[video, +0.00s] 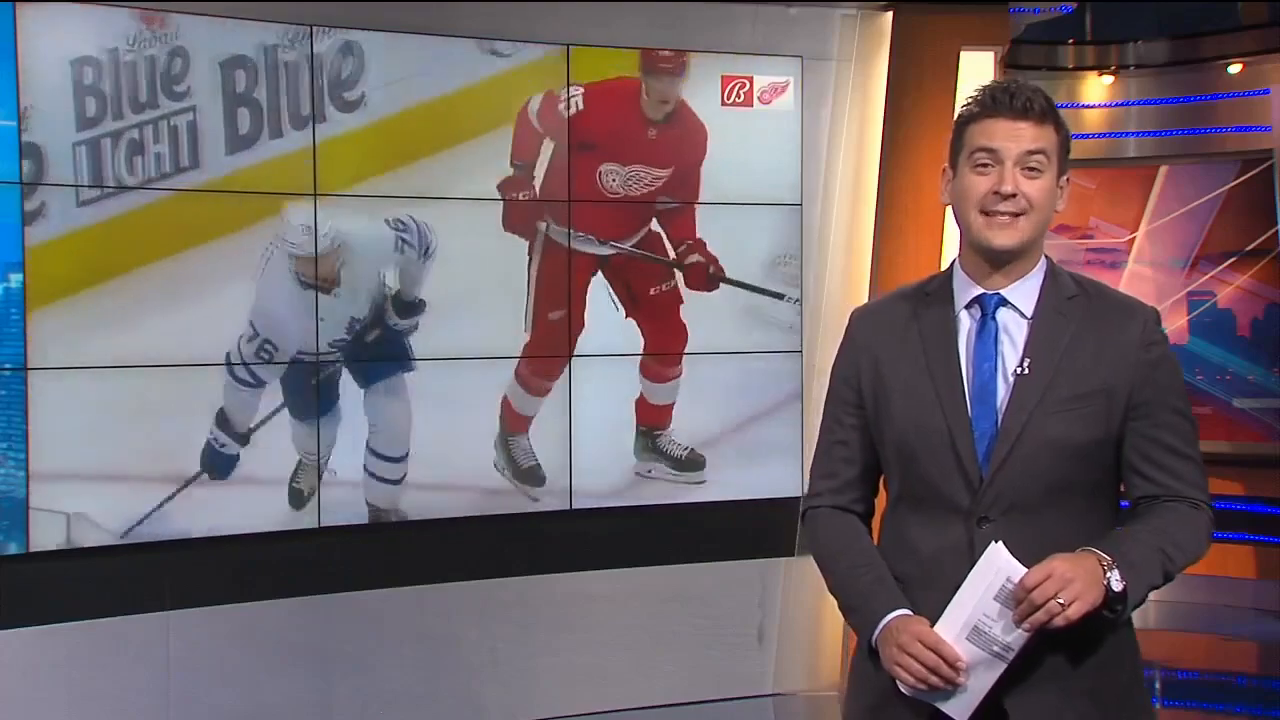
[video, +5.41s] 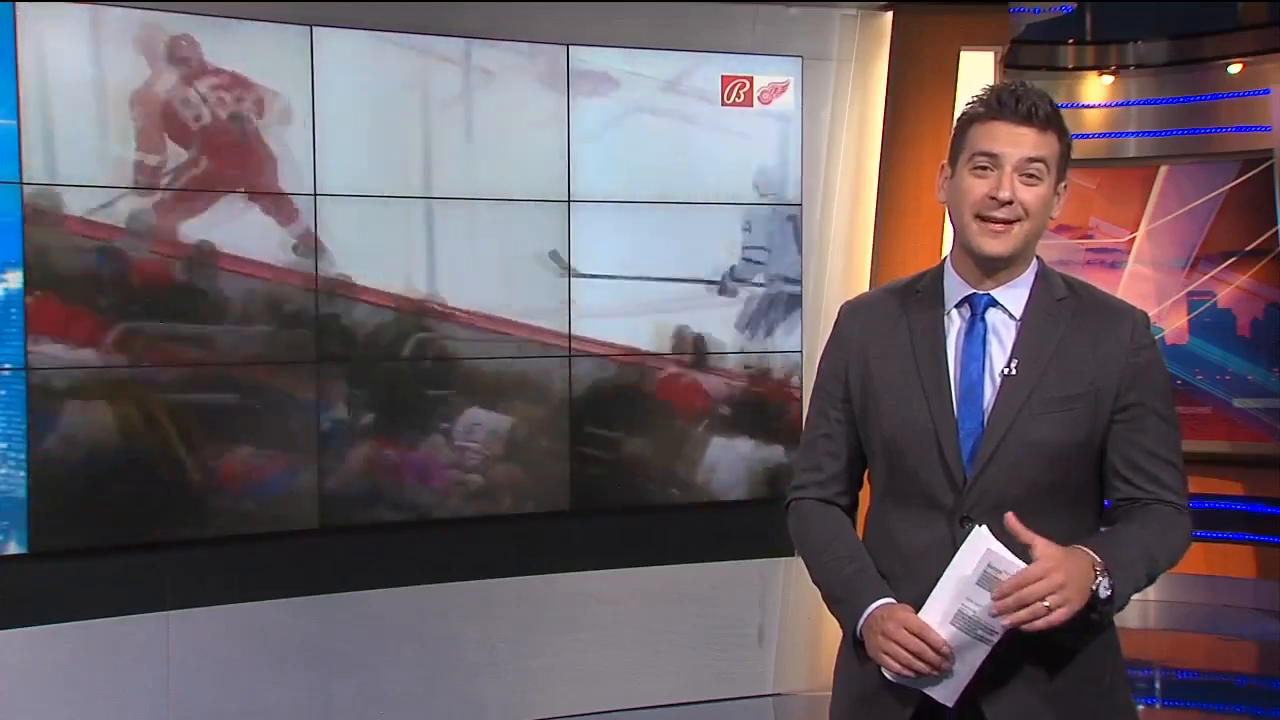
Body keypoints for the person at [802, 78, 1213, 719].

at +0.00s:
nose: (1007, 185)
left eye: (1032, 168)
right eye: (984, 164)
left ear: (1060, 193)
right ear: (949, 186)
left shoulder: (1127, 332)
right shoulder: (876, 332)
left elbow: (1181, 507)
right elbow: (831, 506)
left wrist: (1107, 566)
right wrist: (885, 620)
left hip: (1071, 690)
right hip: (907, 687)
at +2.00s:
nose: (1004, 189)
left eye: (1029, 171)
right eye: (982, 164)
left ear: (1056, 196)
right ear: (946, 183)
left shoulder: (1119, 335)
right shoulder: (866, 326)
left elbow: (1167, 509)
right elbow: (816, 500)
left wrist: (1095, 571)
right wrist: (872, 619)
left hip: (1056, 691)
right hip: (893, 687)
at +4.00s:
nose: (1010, 192)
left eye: (1035, 174)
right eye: (989, 167)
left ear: (1058, 197)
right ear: (949, 183)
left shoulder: (1119, 337)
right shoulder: (865, 327)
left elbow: (1158, 508)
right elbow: (817, 499)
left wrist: (1113, 554)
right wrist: (869, 617)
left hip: (1057, 692)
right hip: (891, 687)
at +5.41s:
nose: (1003, 192)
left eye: (1030, 175)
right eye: (983, 167)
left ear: (1056, 198)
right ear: (946, 183)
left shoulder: (1119, 337)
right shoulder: (865, 328)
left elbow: (1159, 510)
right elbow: (816, 498)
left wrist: (1096, 567)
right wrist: (869, 609)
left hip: (1054, 692)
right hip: (891, 688)